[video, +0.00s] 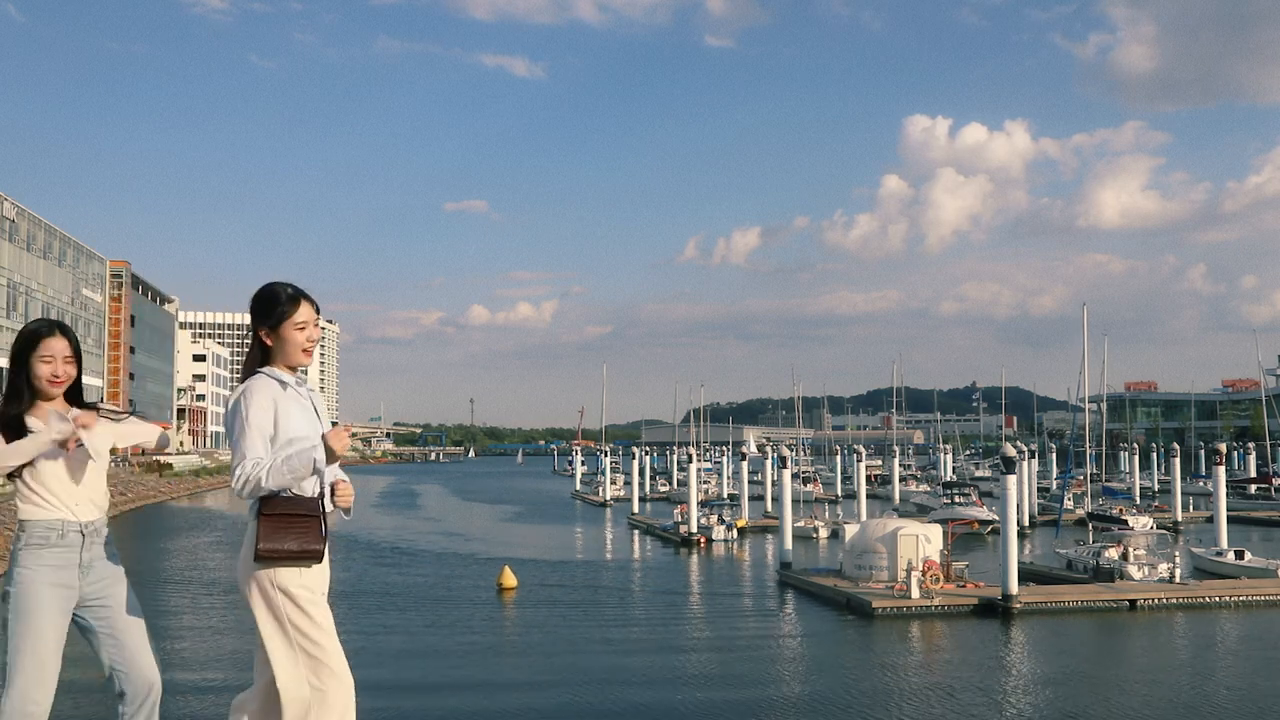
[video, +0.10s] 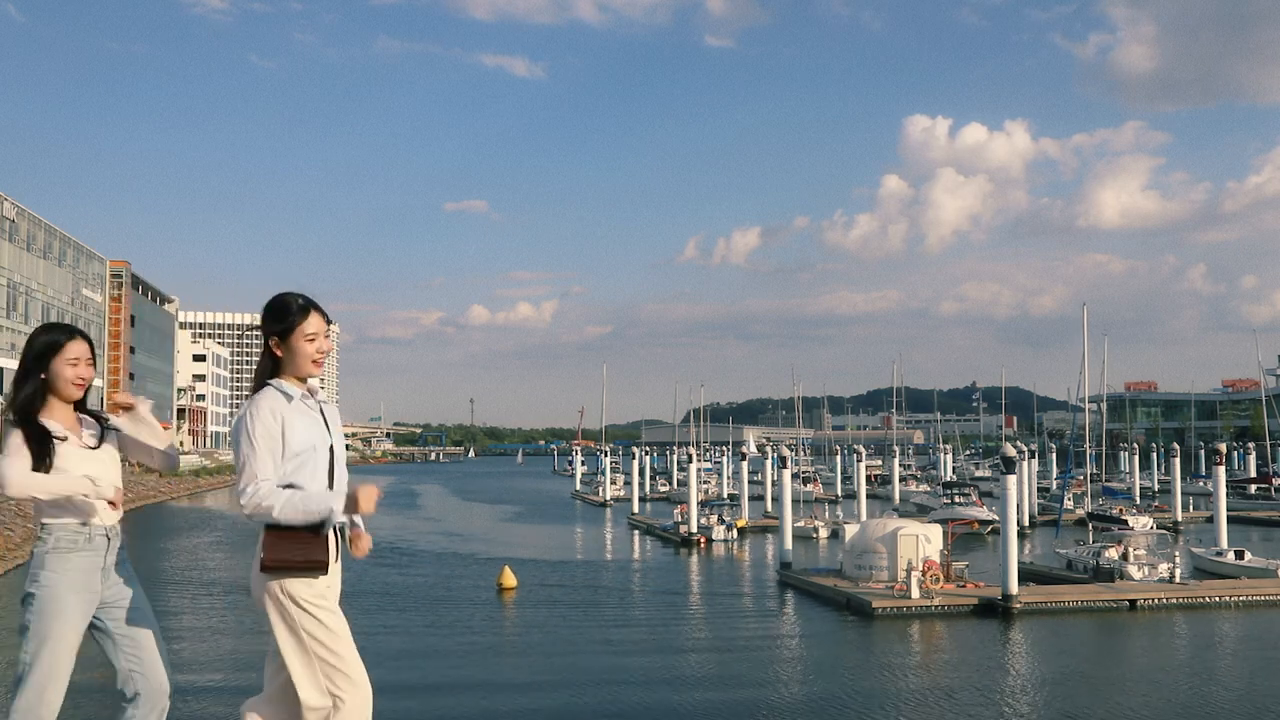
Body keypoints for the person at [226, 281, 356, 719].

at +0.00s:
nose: (313, 336)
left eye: (315, 325)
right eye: (301, 326)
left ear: (316, 329)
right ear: (268, 335)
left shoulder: (305, 392)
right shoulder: (257, 391)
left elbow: (312, 468)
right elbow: (246, 478)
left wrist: (340, 488)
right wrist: (321, 450)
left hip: (310, 543)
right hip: (277, 546)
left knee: (280, 683)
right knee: (332, 685)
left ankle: (246, 713)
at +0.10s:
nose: (324, 346)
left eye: (326, 336)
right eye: (311, 338)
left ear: (328, 339)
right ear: (278, 345)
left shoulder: (323, 406)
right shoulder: (263, 406)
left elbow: (327, 480)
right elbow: (252, 494)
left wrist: (352, 523)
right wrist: (341, 502)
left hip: (325, 562)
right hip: (289, 568)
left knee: (286, 694)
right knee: (350, 694)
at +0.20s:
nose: (334, 362)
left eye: (337, 351)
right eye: (321, 352)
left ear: (342, 351)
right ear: (288, 357)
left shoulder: (334, 421)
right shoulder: (272, 417)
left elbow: (356, 509)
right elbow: (275, 508)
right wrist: (359, 522)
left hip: (339, 570)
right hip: (305, 574)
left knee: (333, 703)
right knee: (362, 699)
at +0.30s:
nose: (351, 354)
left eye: (353, 344)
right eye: (341, 343)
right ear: (306, 345)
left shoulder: (338, 414)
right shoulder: (287, 408)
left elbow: (377, 500)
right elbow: (307, 491)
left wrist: (439, 550)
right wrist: (376, 495)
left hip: (346, 556)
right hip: (312, 559)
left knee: (396, 693)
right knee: (353, 703)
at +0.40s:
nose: (368, 334)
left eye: (369, 324)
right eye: (360, 322)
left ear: (336, 329)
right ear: (325, 325)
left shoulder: (345, 393)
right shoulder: (308, 387)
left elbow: (388, 477)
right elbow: (341, 467)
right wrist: (383, 461)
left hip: (354, 539)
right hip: (321, 543)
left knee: (411, 669)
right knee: (345, 692)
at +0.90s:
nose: (429, 326)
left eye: (429, 317)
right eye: (420, 315)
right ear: (389, 321)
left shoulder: (405, 386)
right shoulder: (373, 384)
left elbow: (423, 463)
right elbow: (408, 458)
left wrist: (460, 451)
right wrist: (462, 447)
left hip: (425, 533)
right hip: (390, 534)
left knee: (450, 684)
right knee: (378, 686)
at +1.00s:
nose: (439, 333)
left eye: (439, 323)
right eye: (431, 322)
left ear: (407, 331)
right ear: (399, 328)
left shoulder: (412, 388)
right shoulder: (390, 389)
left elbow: (425, 472)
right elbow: (415, 473)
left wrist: (476, 452)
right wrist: (480, 451)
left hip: (438, 541)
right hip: (410, 543)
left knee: (462, 692)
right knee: (383, 693)